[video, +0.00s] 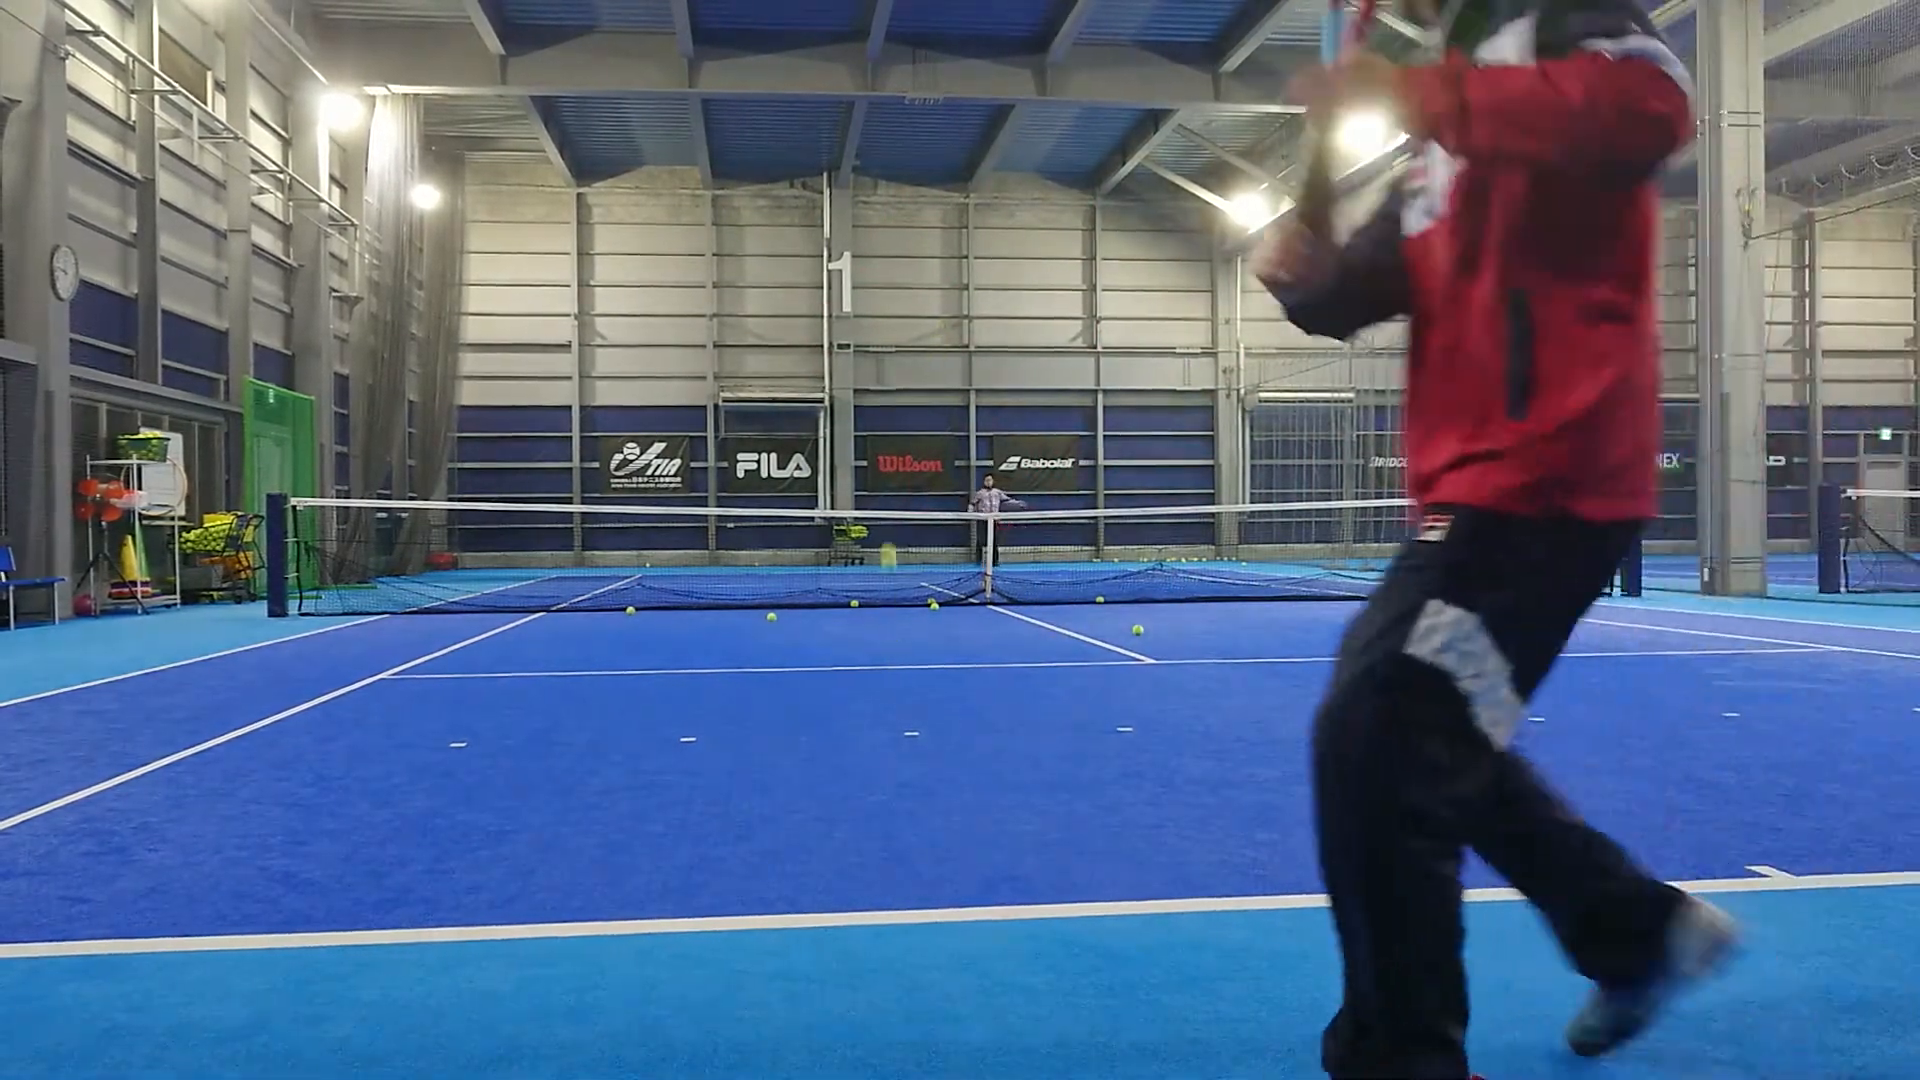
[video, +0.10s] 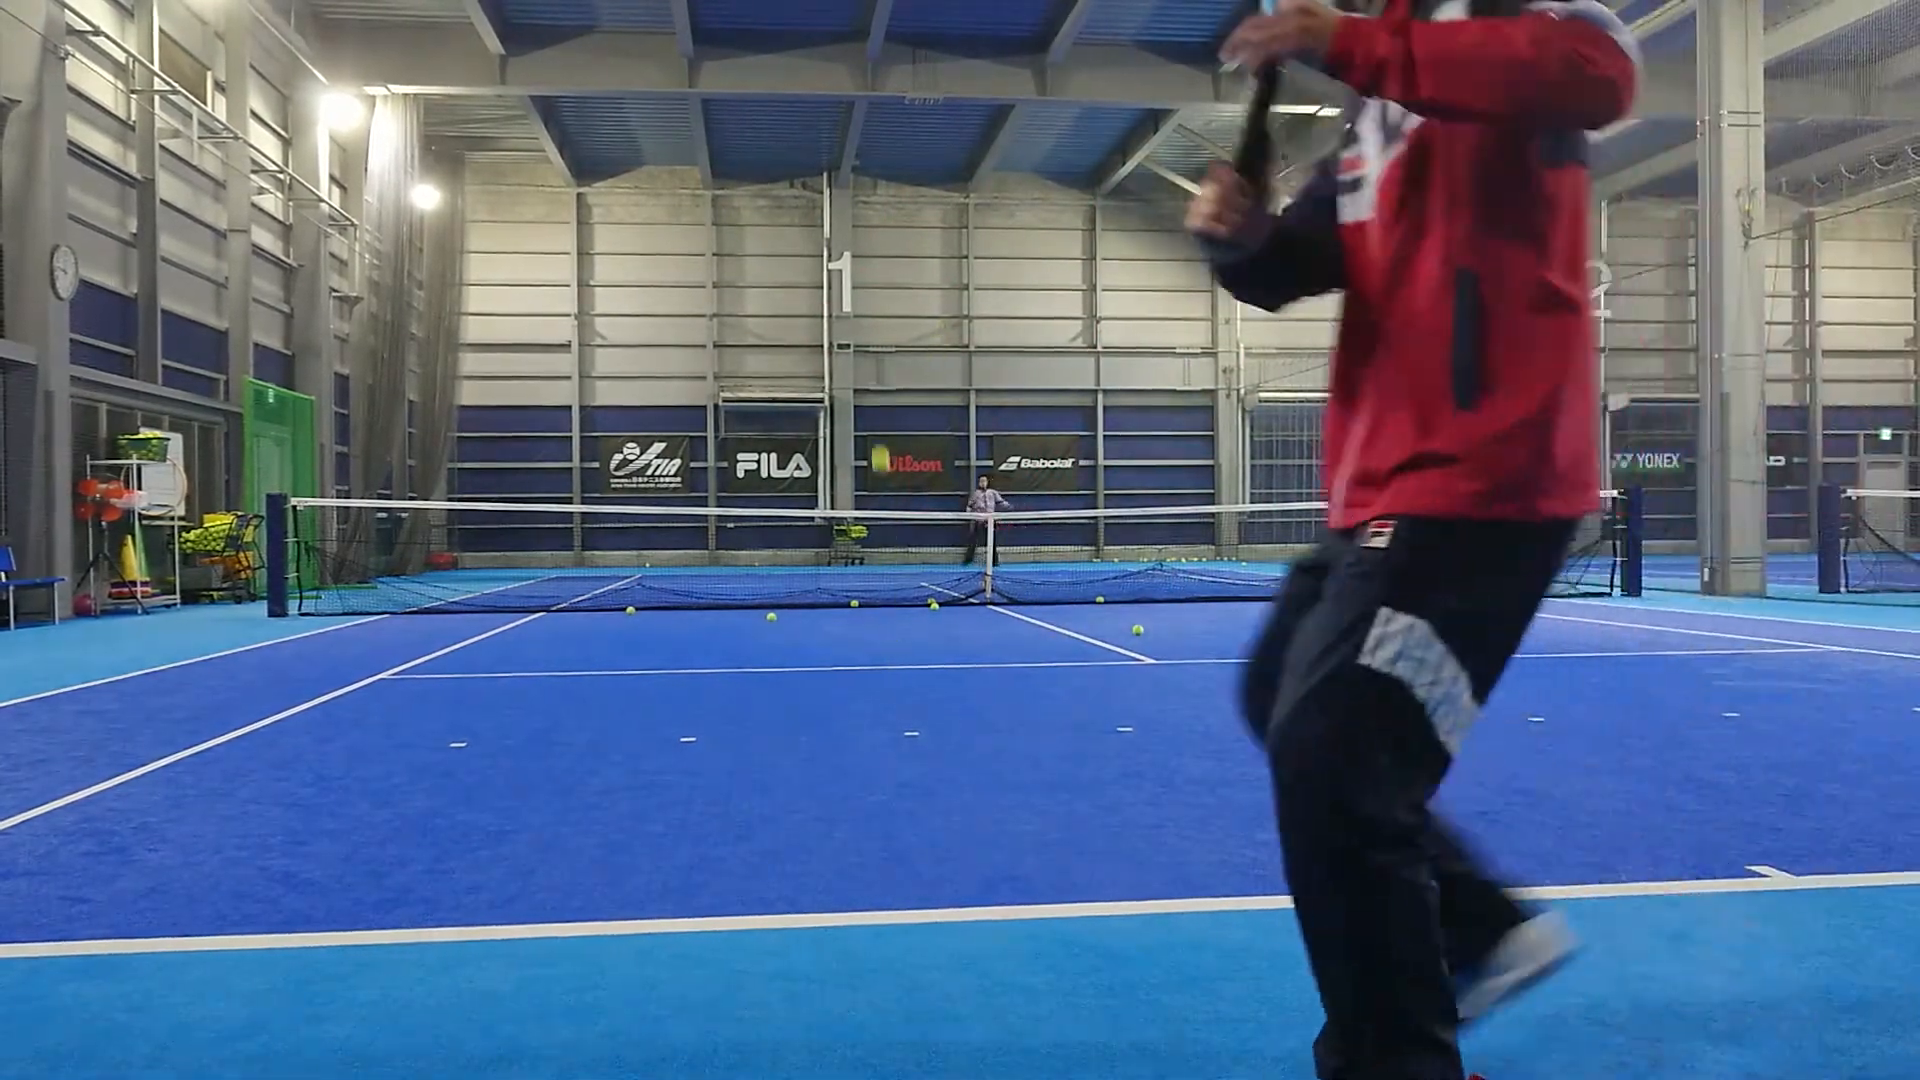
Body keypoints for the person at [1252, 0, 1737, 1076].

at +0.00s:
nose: (1388, 49)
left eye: (1395, 29)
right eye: (1383, 41)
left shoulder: (1580, 41)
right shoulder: (1459, 160)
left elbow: (1650, 109)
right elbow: (1380, 285)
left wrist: (1418, 89)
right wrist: (1315, 276)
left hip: (1557, 484)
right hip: (1475, 486)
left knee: (1381, 732)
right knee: (1396, 737)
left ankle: (1402, 1057)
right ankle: (1639, 936)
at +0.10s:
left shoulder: (1516, 26)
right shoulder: (1370, 120)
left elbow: (1599, 76)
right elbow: (1291, 269)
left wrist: (1354, 44)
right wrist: (1245, 237)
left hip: (1494, 476)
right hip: (1391, 478)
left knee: (1334, 752)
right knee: (1284, 698)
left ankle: (1392, 1057)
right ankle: (1481, 928)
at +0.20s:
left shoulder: (1450, 24)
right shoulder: (1303, 98)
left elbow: (1556, 63)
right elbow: (1234, 247)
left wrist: (1313, 25)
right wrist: (1182, 210)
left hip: (1430, 469)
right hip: (1320, 472)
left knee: (1310, 757)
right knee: (1212, 706)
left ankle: (1392, 1056)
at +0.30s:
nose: (1216, 31)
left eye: (1230, 18)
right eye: (1219, 25)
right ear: (1232, 21)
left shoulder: (1395, 36)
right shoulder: (1252, 99)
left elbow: (1527, 83)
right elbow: (1201, 236)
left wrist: (1295, 41)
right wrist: (1135, 201)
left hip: (1384, 479)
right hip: (1280, 489)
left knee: (1281, 753)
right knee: (1172, 716)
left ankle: (1386, 1059)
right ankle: (1143, 989)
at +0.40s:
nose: (1176, 10)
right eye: (1177, 10)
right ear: (1199, 11)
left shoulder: (1358, 29)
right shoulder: (1197, 94)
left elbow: (1493, 126)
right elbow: (1119, 240)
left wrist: (1310, 112)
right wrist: (1090, 195)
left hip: (1331, 479)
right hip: (1231, 486)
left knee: (1227, 758)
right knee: (1133, 723)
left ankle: (1382, 1057)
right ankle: (1141, 999)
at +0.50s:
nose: (1122, 9)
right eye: (1120, 6)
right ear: (1149, 7)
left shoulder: (1305, 31)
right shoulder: (1153, 95)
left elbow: (1436, 165)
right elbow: (1059, 240)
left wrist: (1315, 279)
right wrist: (1054, 238)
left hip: (1285, 481)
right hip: (1196, 482)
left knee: (1160, 749)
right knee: (1108, 725)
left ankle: (1359, 1041)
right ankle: (1139, 998)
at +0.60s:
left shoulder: (1215, 21)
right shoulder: (1192, 51)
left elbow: (1338, 201)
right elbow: (1116, 167)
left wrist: (1276, 404)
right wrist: (999, 257)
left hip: (1212, 470)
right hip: (1224, 472)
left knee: (1125, 723)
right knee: (1158, 729)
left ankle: (1276, 979)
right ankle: (1139, 993)